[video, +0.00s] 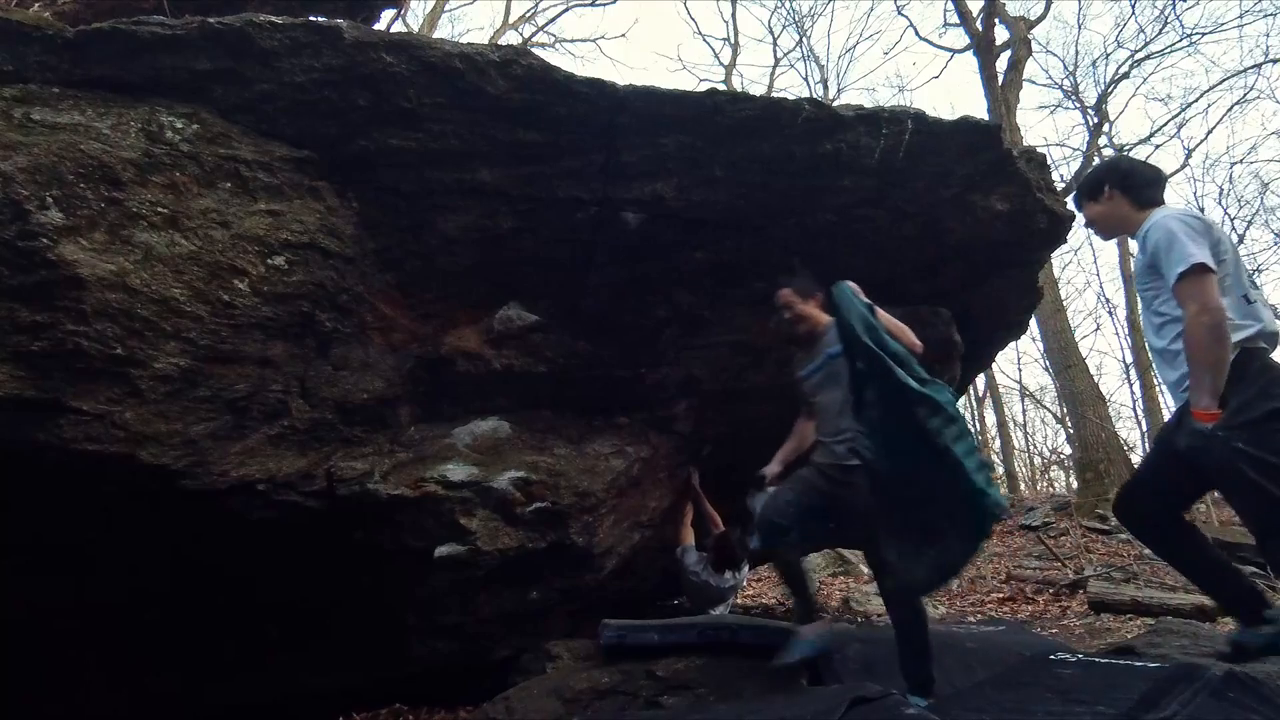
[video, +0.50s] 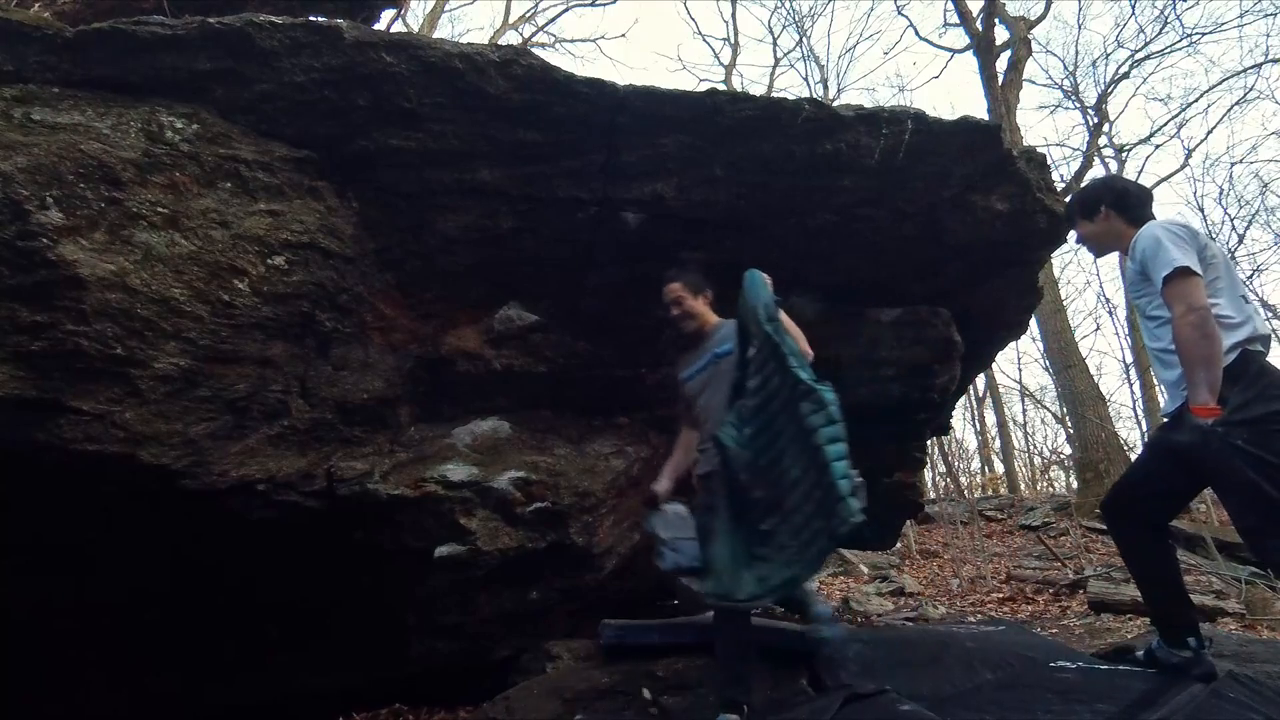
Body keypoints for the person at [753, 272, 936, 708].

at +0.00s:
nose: (787, 318)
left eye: (791, 307)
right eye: (781, 312)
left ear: (817, 301)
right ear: (783, 318)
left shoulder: (850, 330)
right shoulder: (805, 362)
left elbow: (913, 346)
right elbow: (811, 418)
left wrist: (867, 306)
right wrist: (778, 463)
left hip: (871, 475)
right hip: (824, 474)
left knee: (898, 593)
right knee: (772, 519)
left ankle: (921, 693)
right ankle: (809, 619)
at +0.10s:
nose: (766, 316)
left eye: (770, 305)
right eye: (760, 312)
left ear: (794, 300)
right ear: (760, 320)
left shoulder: (831, 325)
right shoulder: (785, 363)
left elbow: (890, 342)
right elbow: (790, 422)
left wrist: (844, 299)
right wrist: (759, 468)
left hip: (858, 472)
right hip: (804, 473)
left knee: (887, 582)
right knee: (759, 538)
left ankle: (920, 692)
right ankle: (747, 649)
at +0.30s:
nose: (719, 318)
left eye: (723, 308)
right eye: (713, 313)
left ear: (749, 302)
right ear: (713, 319)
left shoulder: (784, 335)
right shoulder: (734, 369)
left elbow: (844, 352)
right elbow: (743, 432)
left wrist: (805, 306)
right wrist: (717, 480)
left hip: (805, 481)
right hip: (754, 488)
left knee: (847, 587)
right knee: (746, 598)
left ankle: (907, 683)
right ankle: (736, 704)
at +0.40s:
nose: (695, 316)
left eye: (700, 305)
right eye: (689, 311)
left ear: (725, 301)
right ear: (688, 317)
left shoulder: (763, 337)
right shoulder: (708, 371)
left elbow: (819, 374)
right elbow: (716, 434)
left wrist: (791, 319)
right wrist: (693, 480)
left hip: (779, 482)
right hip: (729, 489)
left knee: (806, 584)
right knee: (735, 601)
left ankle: (874, 652)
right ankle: (736, 703)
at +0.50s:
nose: (675, 312)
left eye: (680, 302)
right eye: (669, 306)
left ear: (705, 297)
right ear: (670, 312)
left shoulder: (743, 332)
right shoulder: (687, 368)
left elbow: (802, 356)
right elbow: (693, 426)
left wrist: (772, 310)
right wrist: (668, 476)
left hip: (765, 475)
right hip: (715, 484)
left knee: (784, 580)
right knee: (727, 593)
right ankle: (732, 700)